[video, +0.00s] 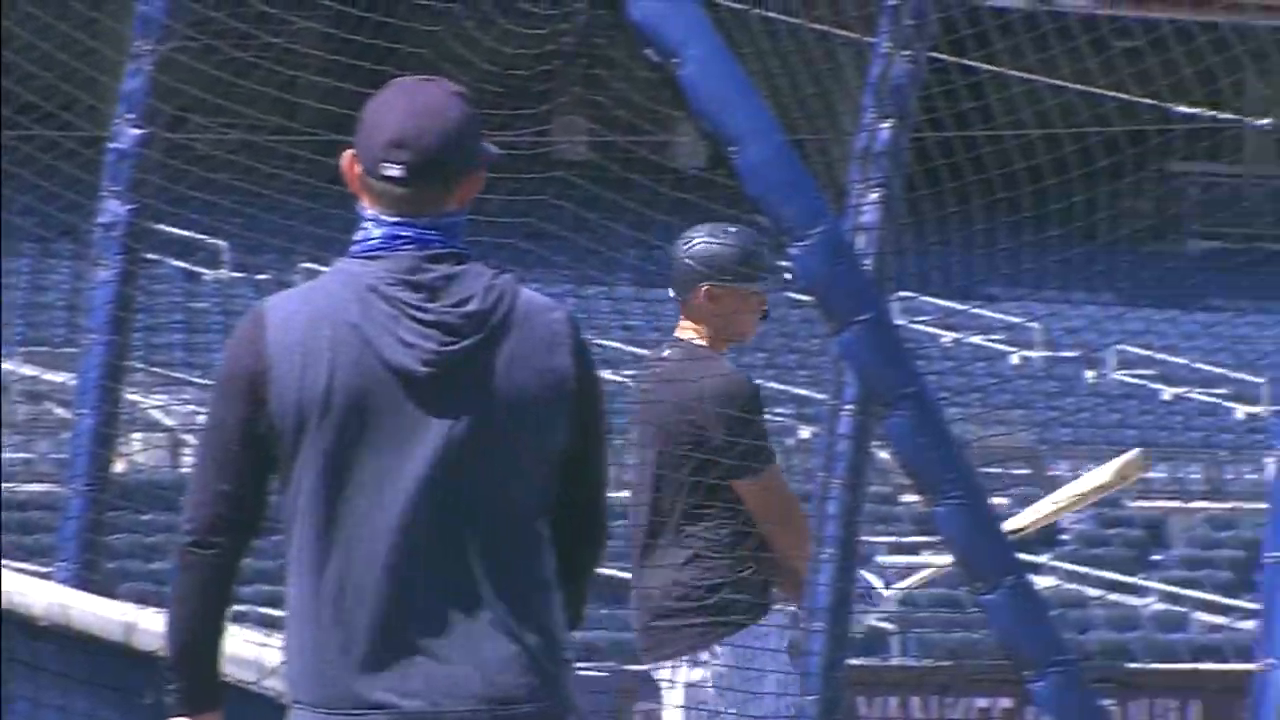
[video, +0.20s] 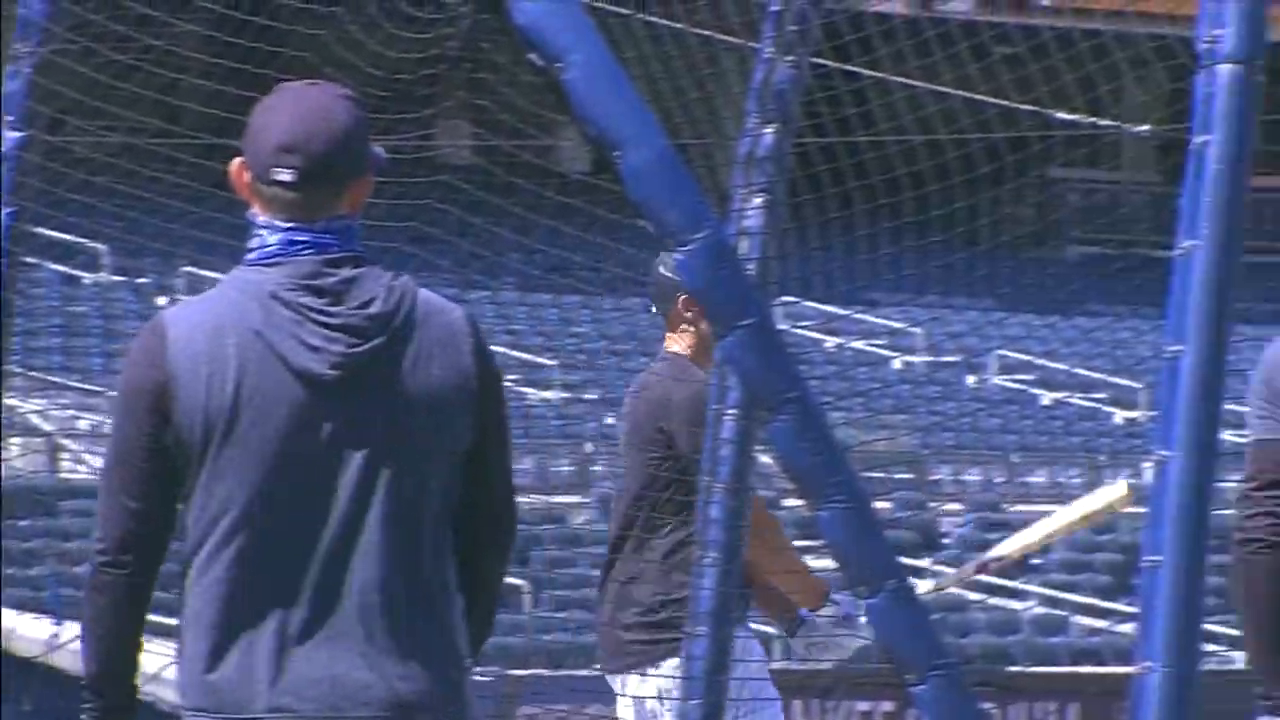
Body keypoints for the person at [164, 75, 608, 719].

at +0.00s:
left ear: (351, 172)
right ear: (473, 188)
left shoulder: (278, 332)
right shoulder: (546, 333)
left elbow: (212, 532)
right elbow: (581, 530)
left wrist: (196, 694)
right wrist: (536, 630)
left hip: (340, 696)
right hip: (513, 695)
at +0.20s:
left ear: (241, 182)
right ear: (364, 190)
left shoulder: (178, 343)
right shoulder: (448, 336)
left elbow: (123, 553)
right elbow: (489, 532)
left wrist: (111, 699)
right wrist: (442, 663)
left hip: (238, 694)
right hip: (412, 694)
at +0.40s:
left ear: (188, 186)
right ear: (310, 193)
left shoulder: (122, 346)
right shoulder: (399, 336)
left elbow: (76, 567)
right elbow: (444, 540)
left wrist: (91, 702)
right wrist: (400, 669)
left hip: (185, 699)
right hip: (365, 696)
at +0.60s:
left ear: (208, 189)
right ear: (330, 194)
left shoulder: (136, 343)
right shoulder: (415, 338)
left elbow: (88, 556)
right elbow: (463, 537)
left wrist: (113, 705)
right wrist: (448, 680)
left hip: (198, 698)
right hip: (376, 696)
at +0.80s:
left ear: (238, 185)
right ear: (360, 188)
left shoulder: (164, 337)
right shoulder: (443, 332)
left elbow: (119, 542)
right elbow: (497, 534)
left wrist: (141, 696)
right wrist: (488, 685)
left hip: (227, 696)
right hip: (401, 694)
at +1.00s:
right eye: (381, 138)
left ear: (253, 158)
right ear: (375, 156)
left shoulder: (183, 310)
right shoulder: (462, 303)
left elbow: (148, 513)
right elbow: (517, 505)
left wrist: (177, 670)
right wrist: (518, 665)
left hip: (236, 694)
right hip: (416, 693)